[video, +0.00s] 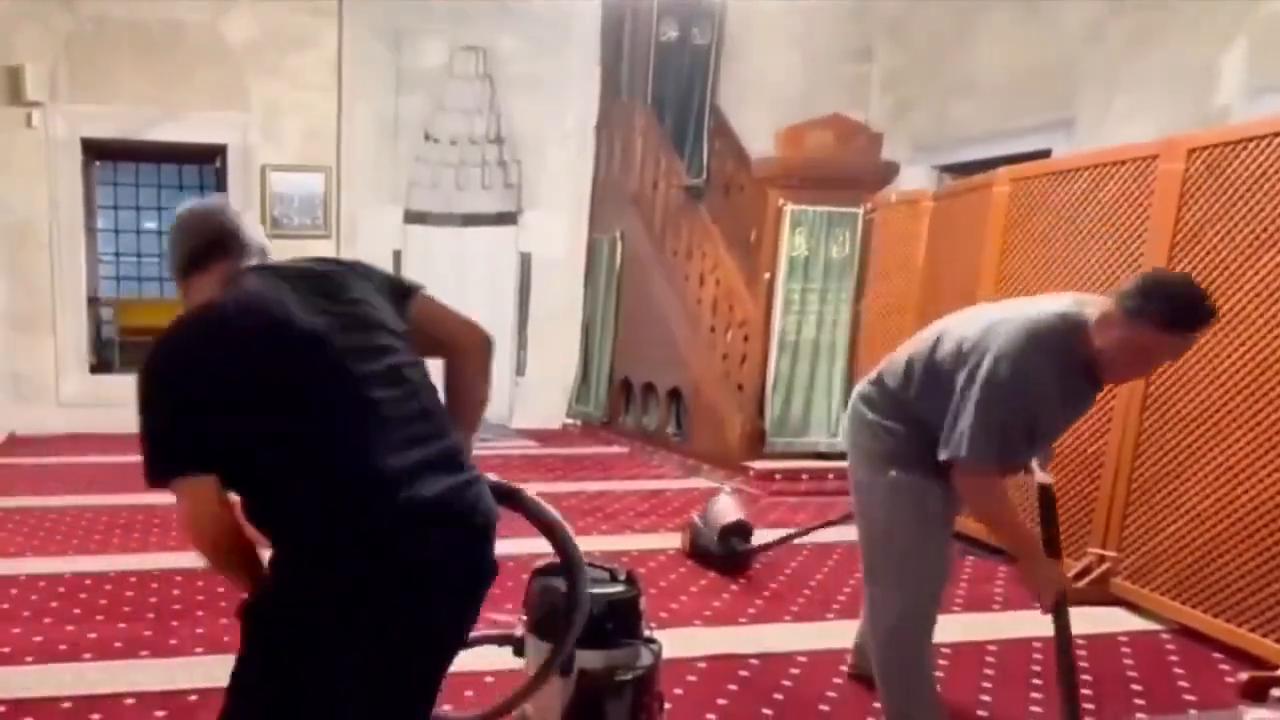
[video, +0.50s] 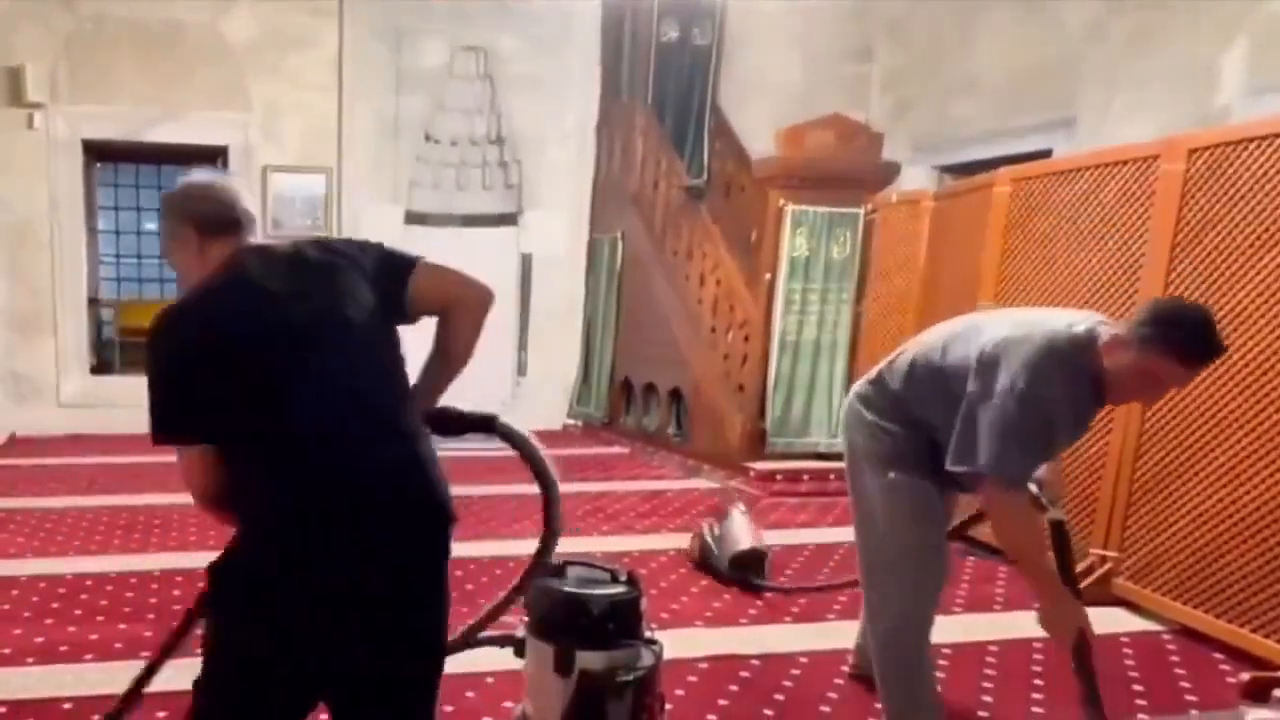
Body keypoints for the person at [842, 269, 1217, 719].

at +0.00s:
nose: (1147, 372)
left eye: (1160, 362)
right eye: (1147, 354)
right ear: (1116, 326)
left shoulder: (1094, 341)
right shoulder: (1020, 349)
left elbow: (1042, 393)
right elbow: (975, 479)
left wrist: (1032, 448)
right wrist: (1034, 563)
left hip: (945, 437)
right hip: (894, 428)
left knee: (921, 564)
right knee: (905, 588)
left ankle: (872, 656)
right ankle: (912, 708)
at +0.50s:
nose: (1154, 398)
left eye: (1168, 389)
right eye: (1155, 381)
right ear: (1124, 345)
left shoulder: (1098, 352)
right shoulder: (1037, 364)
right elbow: (1002, 491)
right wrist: (1052, 596)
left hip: (940, 431)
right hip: (890, 423)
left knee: (914, 559)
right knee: (910, 576)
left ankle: (873, 656)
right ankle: (913, 707)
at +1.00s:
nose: (1144, 413)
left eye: (1158, 405)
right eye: (1149, 398)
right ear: (1122, 360)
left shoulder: (1101, 346)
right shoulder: (1031, 373)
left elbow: (1059, 417)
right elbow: (960, 485)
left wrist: (1038, 467)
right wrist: (1020, 575)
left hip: (930, 429)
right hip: (888, 428)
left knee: (910, 557)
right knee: (921, 577)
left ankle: (874, 657)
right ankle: (912, 707)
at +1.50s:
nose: (1148, 417)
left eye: (1162, 407)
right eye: (1149, 398)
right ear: (1116, 363)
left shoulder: (1097, 375)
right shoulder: (1029, 379)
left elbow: (1040, 448)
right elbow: (971, 505)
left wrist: (1038, 514)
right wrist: (1020, 597)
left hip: (943, 429)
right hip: (887, 423)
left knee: (922, 561)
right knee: (900, 586)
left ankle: (875, 653)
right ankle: (910, 707)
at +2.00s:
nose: (1189, 347)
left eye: (1199, 335)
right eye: (1191, 330)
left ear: (1146, 302)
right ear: (1157, 308)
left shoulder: (1095, 327)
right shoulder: (1074, 339)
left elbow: (1012, 432)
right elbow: (994, 447)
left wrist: (1022, 513)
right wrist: (1025, 520)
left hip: (916, 421)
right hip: (914, 430)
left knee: (918, 548)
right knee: (969, 565)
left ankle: (882, 655)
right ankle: (923, 707)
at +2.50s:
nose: (1265, 385)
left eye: (1273, 376)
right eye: (1274, 374)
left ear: (1255, 329)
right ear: (1266, 353)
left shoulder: (1170, 307)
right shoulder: (1184, 369)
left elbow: (1074, 302)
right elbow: (1063, 458)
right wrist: (1093, 516)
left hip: (941, 409)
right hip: (989, 442)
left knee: (925, 556)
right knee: (1024, 601)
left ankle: (885, 659)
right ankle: (1021, 713)